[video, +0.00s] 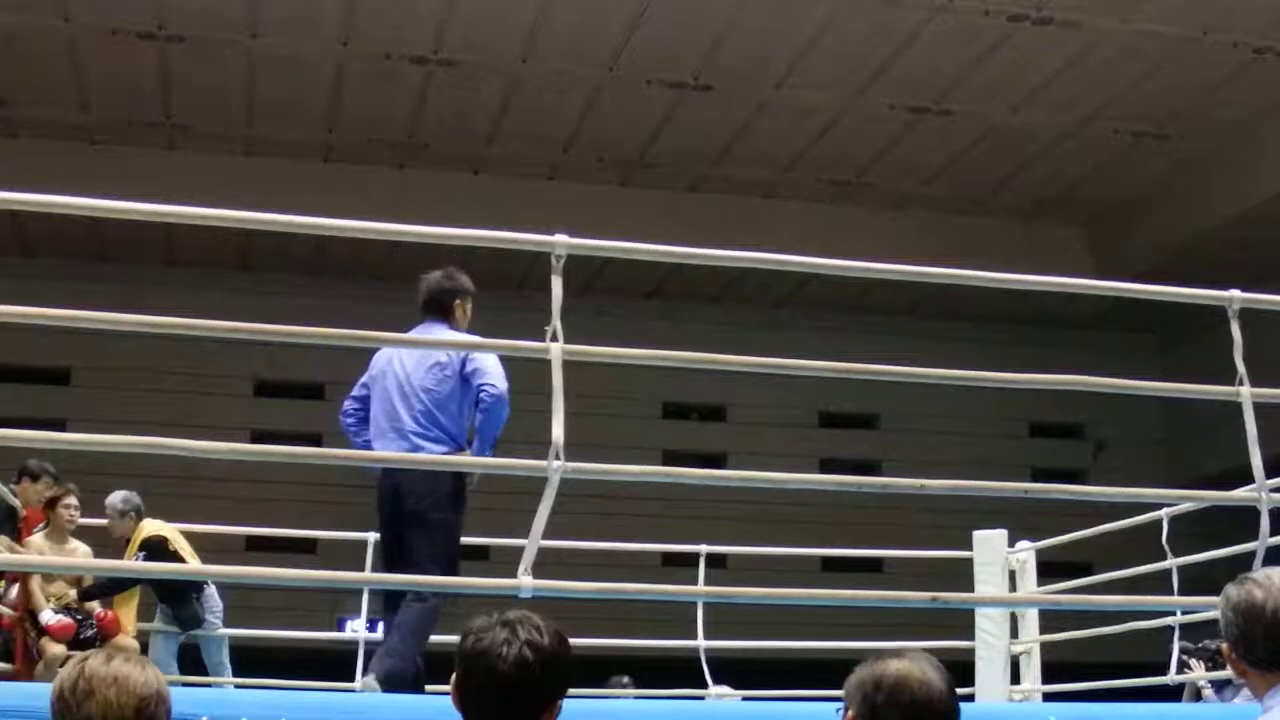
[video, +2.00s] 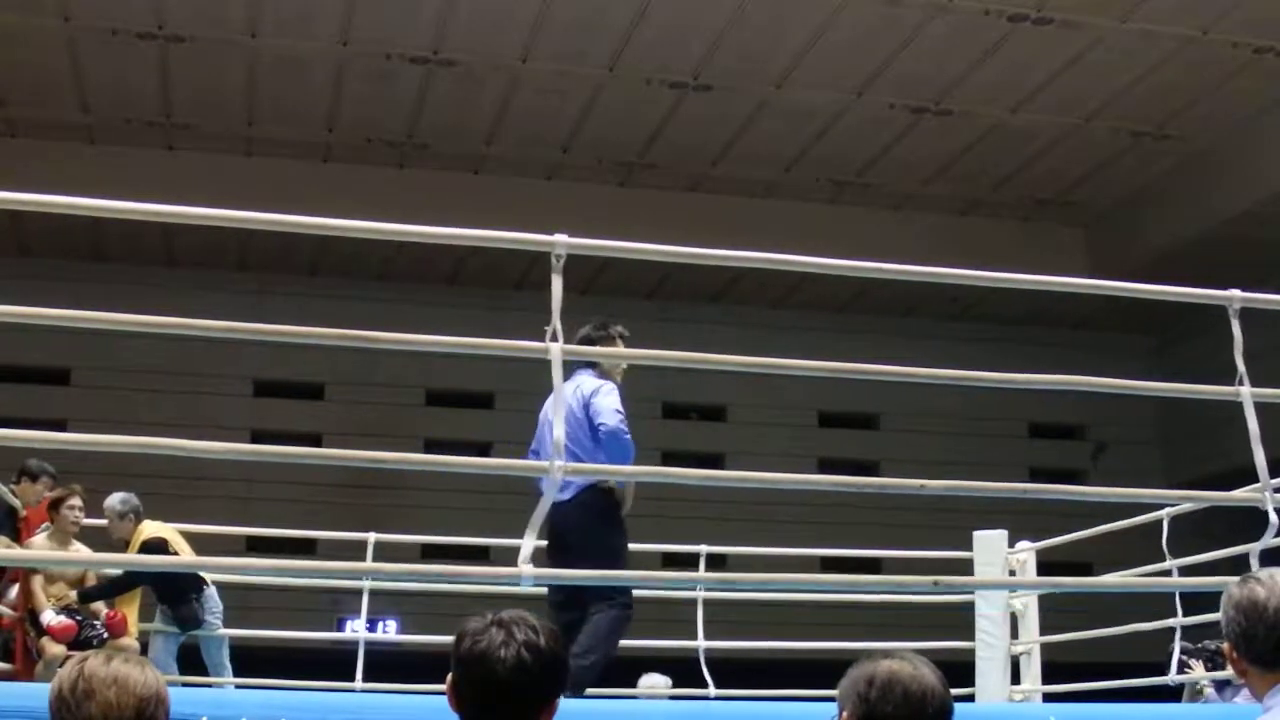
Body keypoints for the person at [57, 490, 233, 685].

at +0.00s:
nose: (107, 523)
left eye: (111, 518)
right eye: (107, 518)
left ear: (130, 519)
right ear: (130, 518)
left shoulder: (154, 539)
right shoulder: (140, 536)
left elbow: (125, 581)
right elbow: (123, 582)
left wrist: (79, 595)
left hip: (201, 601)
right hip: (171, 603)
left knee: (218, 666)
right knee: (161, 661)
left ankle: (229, 713)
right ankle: (174, 709)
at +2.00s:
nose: (107, 525)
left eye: (111, 520)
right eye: (107, 520)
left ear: (130, 520)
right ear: (129, 520)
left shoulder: (154, 542)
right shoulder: (138, 539)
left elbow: (126, 584)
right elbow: (127, 582)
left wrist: (79, 596)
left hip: (201, 600)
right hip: (169, 603)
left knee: (218, 665)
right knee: (160, 660)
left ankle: (229, 713)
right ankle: (173, 710)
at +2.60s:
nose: (105, 524)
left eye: (109, 519)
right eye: (106, 518)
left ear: (127, 521)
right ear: (127, 521)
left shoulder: (154, 542)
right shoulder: (136, 540)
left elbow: (125, 584)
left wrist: (79, 596)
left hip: (202, 601)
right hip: (170, 603)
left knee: (218, 666)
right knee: (160, 660)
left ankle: (229, 711)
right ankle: (177, 709)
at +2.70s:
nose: (105, 524)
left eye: (109, 518)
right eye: (106, 518)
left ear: (128, 520)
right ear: (128, 520)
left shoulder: (154, 541)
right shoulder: (137, 540)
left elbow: (124, 584)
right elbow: (123, 584)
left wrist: (79, 596)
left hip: (202, 600)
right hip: (171, 603)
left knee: (218, 666)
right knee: (160, 660)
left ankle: (229, 712)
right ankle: (176, 709)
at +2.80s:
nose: (106, 525)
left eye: (109, 519)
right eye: (106, 519)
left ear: (127, 521)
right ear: (127, 520)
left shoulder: (154, 542)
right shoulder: (138, 538)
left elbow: (126, 583)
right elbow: (124, 582)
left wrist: (79, 596)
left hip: (202, 600)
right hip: (171, 603)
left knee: (218, 666)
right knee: (160, 660)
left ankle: (229, 712)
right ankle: (176, 709)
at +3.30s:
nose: (106, 525)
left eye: (109, 520)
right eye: (106, 520)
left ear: (128, 521)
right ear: (129, 520)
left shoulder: (154, 543)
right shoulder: (139, 539)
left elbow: (125, 583)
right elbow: (127, 583)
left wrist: (78, 597)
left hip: (202, 600)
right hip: (171, 603)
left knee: (217, 665)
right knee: (160, 660)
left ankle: (230, 713)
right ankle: (173, 709)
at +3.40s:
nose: (105, 525)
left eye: (109, 519)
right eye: (106, 519)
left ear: (128, 520)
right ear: (128, 520)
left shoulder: (154, 543)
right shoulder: (139, 539)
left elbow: (124, 584)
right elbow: (125, 583)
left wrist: (79, 597)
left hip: (202, 600)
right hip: (171, 603)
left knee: (217, 664)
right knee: (159, 660)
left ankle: (230, 712)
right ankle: (175, 708)